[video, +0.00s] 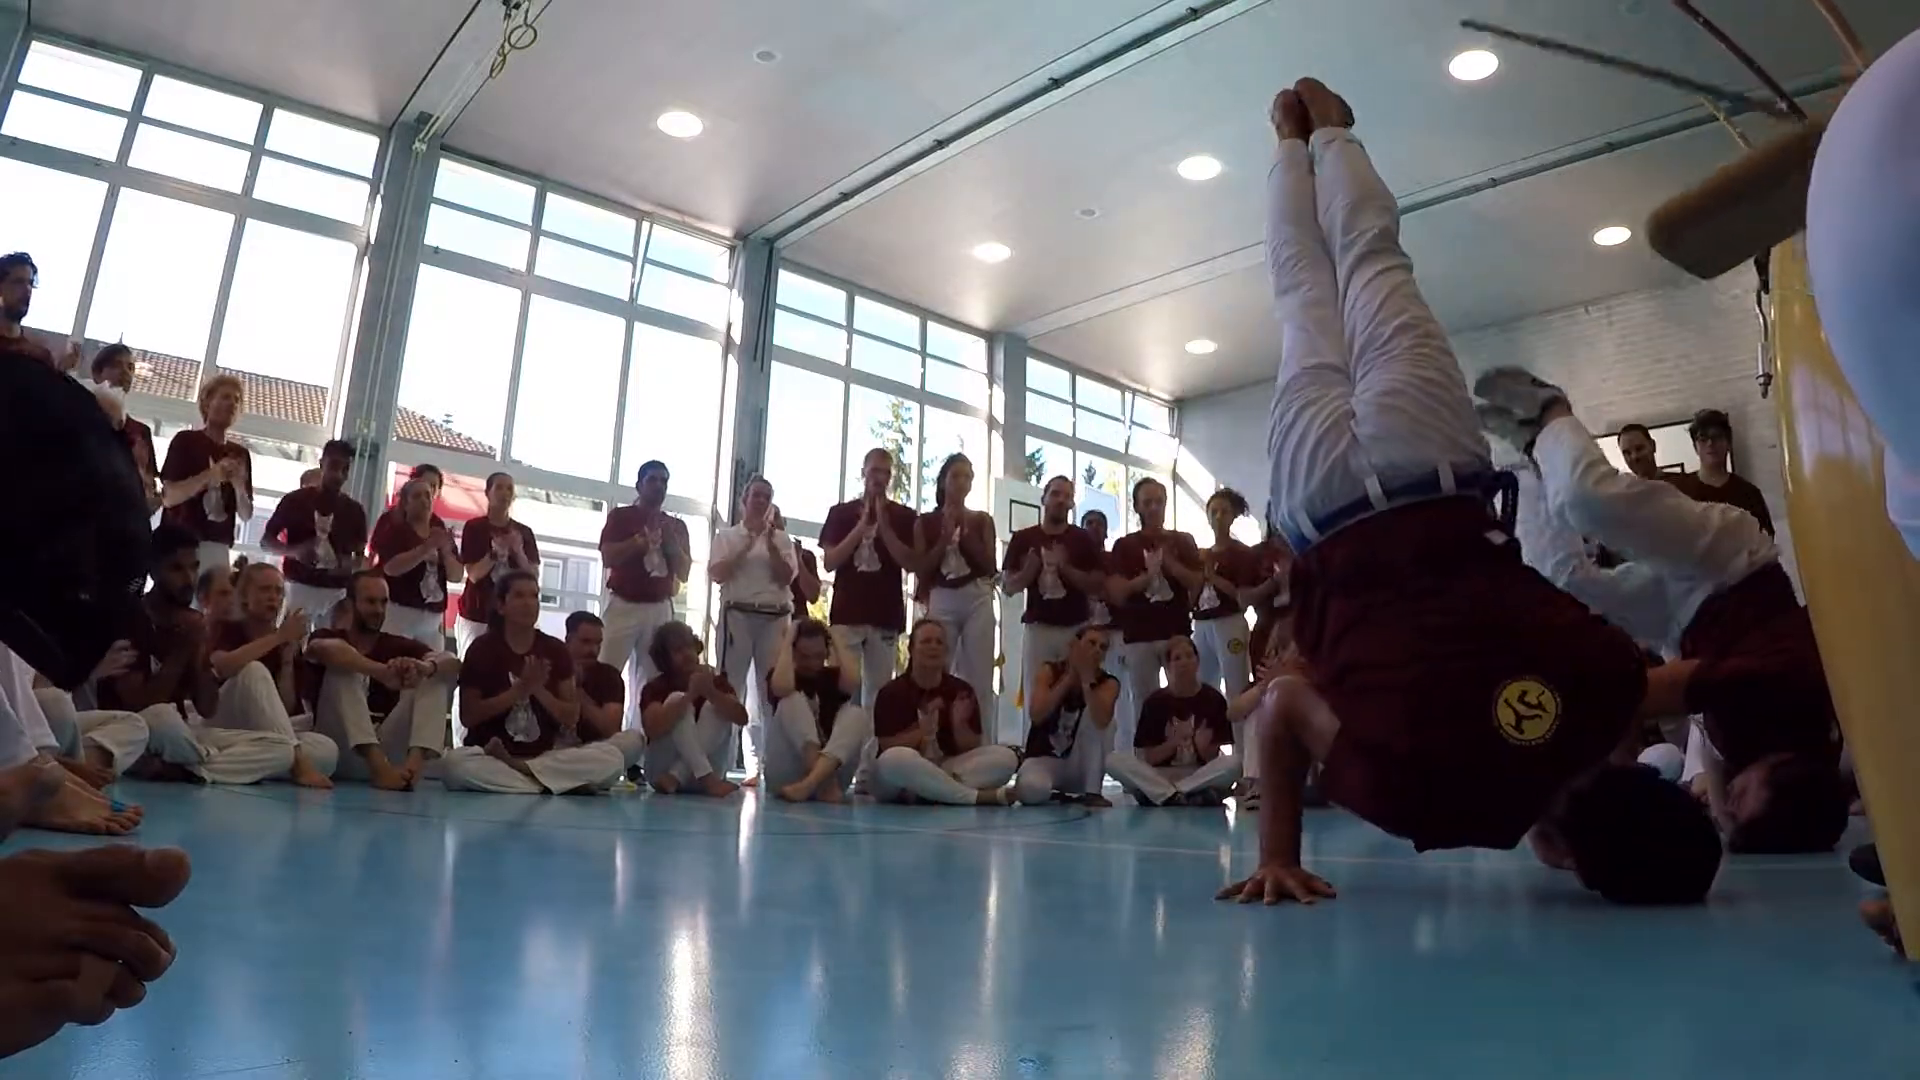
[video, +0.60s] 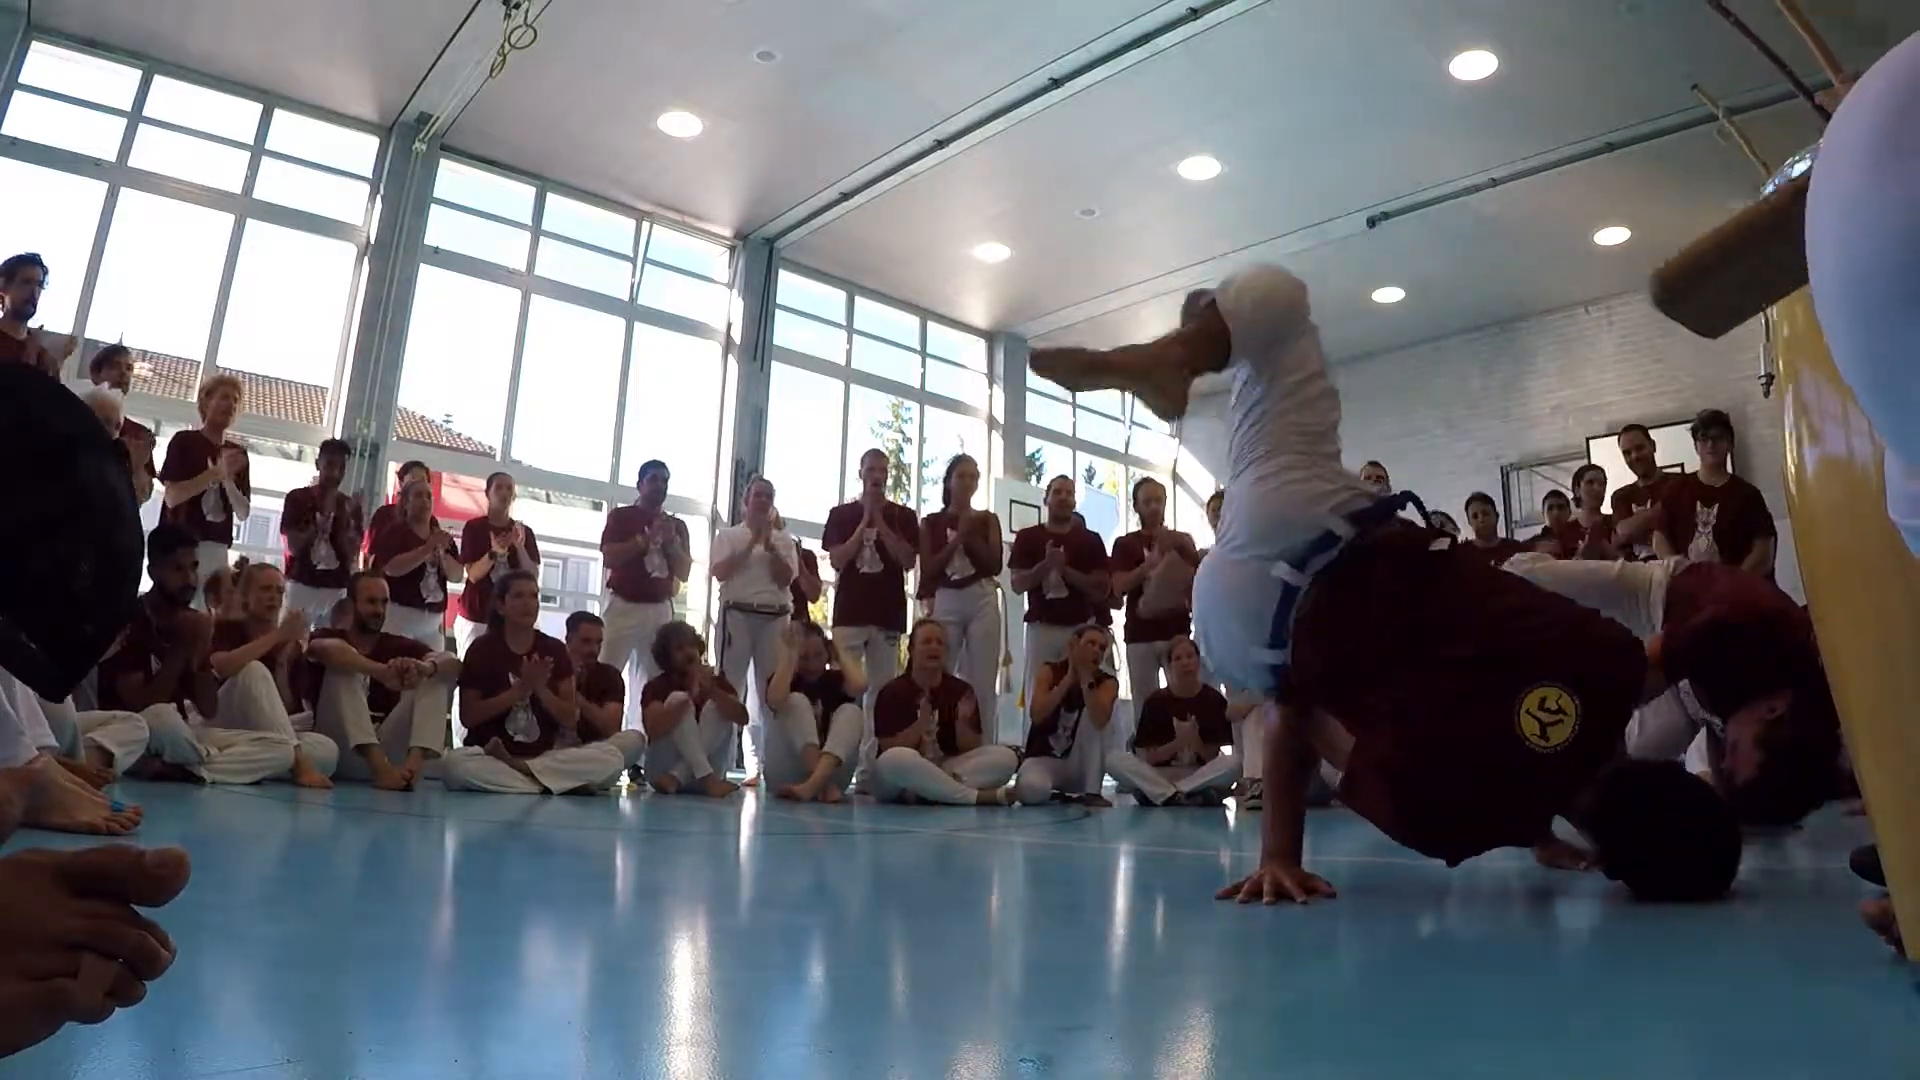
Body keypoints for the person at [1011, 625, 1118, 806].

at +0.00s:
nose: (1096, 651)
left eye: (1102, 647)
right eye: (1091, 643)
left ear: (1106, 654)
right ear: (1075, 644)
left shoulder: (1108, 683)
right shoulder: (1049, 670)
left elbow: (1101, 718)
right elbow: (1037, 714)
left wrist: (1087, 675)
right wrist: (1070, 676)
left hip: (1082, 764)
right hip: (1043, 761)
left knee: (1096, 712)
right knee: (1031, 792)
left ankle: (1093, 792)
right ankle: (1057, 798)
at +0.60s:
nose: (1096, 651)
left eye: (1102, 648)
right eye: (1091, 643)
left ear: (1105, 654)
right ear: (1074, 643)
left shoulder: (1106, 681)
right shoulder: (1049, 671)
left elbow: (1100, 718)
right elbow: (1038, 715)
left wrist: (1085, 674)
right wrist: (1069, 679)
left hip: (1081, 763)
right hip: (1043, 761)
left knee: (1095, 712)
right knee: (1031, 792)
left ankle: (1092, 792)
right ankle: (1057, 797)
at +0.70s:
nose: (1097, 650)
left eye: (1102, 647)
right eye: (1091, 643)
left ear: (1105, 655)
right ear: (1074, 645)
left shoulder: (1102, 680)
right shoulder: (1048, 671)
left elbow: (1101, 721)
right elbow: (1037, 716)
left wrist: (1089, 678)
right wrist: (1065, 675)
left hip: (1079, 763)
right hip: (1042, 762)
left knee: (1094, 712)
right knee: (1032, 791)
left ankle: (1092, 791)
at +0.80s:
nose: (1096, 651)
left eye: (1102, 647)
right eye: (1090, 643)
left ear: (1106, 654)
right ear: (1073, 645)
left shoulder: (1107, 682)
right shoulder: (1049, 671)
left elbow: (1101, 720)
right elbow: (1037, 715)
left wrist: (1089, 682)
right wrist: (1063, 676)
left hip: (1084, 760)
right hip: (1044, 757)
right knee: (1033, 790)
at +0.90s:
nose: (1096, 650)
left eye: (1102, 647)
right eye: (1090, 643)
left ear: (1105, 652)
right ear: (1074, 645)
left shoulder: (1108, 682)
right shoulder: (1049, 671)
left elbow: (1100, 721)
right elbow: (1038, 715)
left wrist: (1086, 676)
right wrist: (1070, 680)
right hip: (1042, 760)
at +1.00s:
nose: (1096, 652)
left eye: (1103, 648)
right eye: (1091, 643)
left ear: (1106, 652)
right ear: (1074, 643)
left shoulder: (1108, 682)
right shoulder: (1049, 670)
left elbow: (1101, 720)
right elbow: (1038, 715)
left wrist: (1085, 676)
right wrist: (1071, 679)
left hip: (1076, 759)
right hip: (1040, 754)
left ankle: (1011, 794)